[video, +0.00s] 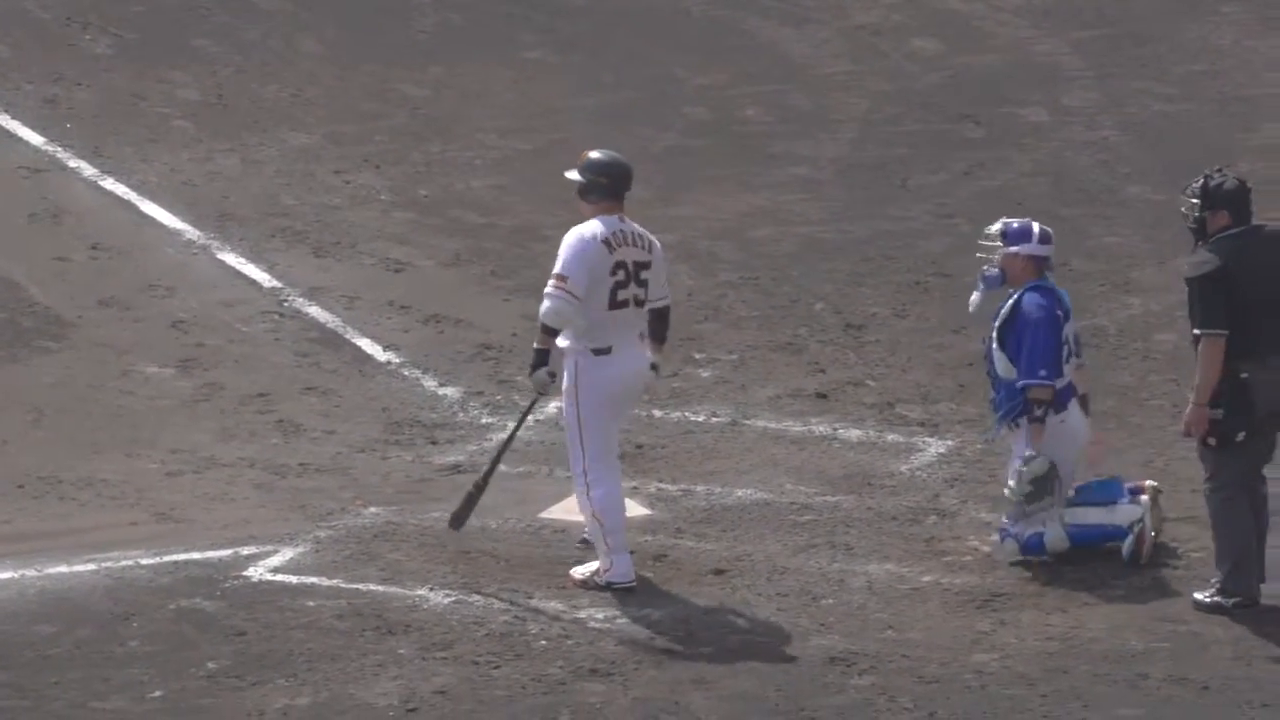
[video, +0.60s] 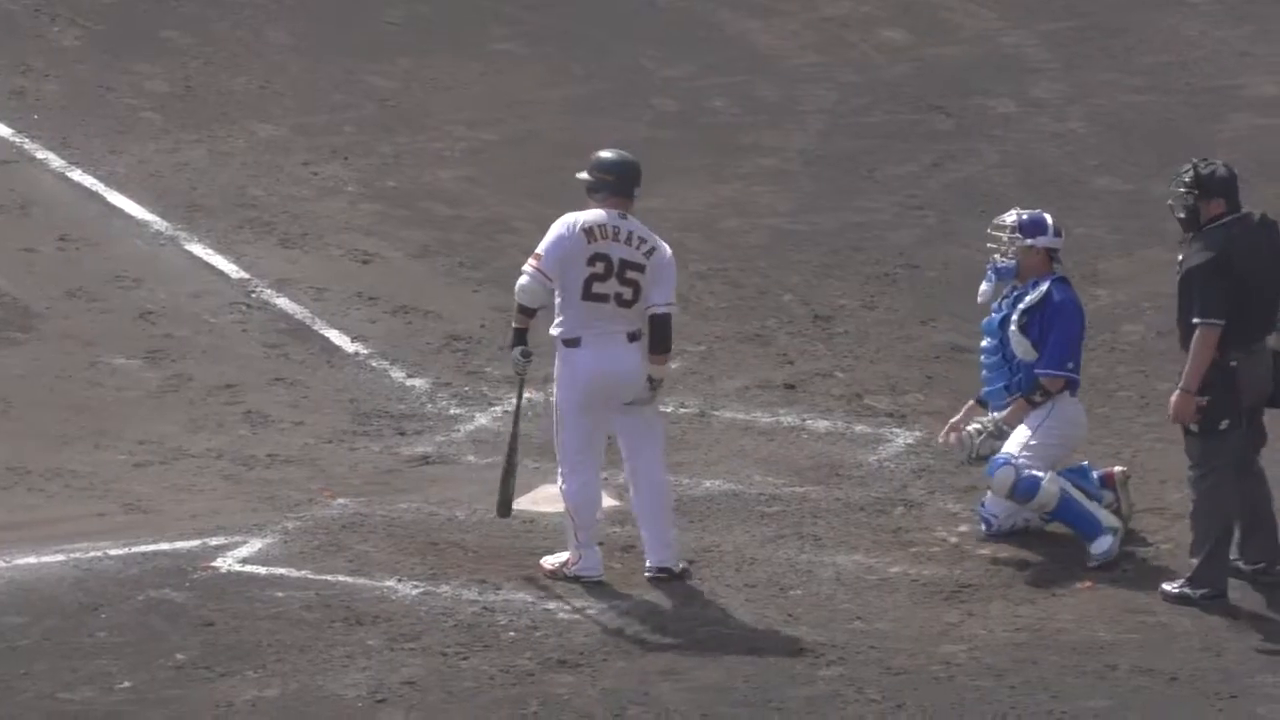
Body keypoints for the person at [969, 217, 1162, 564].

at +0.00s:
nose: (999, 258)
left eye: (1005, 252)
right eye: (1002, 251)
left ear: (1023, 260)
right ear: (1030, 259)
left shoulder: (1035, 306)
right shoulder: (1045, 294)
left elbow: (1040, 378)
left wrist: (1033, 440)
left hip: (1047, 422)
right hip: (1060, 416)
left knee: (1024, 530)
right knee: (1044, 509)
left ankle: (1127, 523)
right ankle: (1132, 498)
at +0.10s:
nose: (997, 254)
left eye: (1003, 247)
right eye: (999, 247)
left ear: (1023, 255)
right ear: (1029, 255)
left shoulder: (1037, 301)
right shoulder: (1031, 289)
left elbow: (1036, 380)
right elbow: (1010, 267)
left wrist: (1011, 433)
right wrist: (991, 275)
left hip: (1045, 419)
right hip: (1041, 413)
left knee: (1016, 523)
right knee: (1025, 505)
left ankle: (1124, 521)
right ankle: (1123, 495)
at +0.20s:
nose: (998, 249)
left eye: (1005, 242)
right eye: (1001, 241)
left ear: (1025, 250)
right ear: (1026, 250)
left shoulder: (1042, 293)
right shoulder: (1020, 291)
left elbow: (1037, 374)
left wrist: (994, 421)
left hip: (1044, 411)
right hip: (1028, 409)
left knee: (1013, 514)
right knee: (1015, 501)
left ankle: (1118, 519)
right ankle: (1113, 490)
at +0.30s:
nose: (1000, 249)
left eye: (1008, 243)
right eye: (1001, 242)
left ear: (1030, 249)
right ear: (1026, 249)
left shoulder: (1045, 292)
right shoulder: (1013, 291)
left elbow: (1041, 371)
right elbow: (1003, 370)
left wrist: (992, 410)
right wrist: (974, 408)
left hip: (1045, 407)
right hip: (1024, 408)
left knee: (1012, 497)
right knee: (1010, 520)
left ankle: (1115, 516)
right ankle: (1107, 484)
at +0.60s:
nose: (1006, 253)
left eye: (1015, 246)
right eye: (1006, 245)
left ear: (1039, 253)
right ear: (1034, 254)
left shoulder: (1057, 298)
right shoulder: (1017, 294)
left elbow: (1054, 378)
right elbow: (1010, 373)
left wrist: (1001, 423)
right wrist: (969, 412)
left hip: (1055, 411)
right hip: (1027, 413)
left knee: (1005, 472)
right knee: (997, 518)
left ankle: (1100, 530)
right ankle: (1098, 485)